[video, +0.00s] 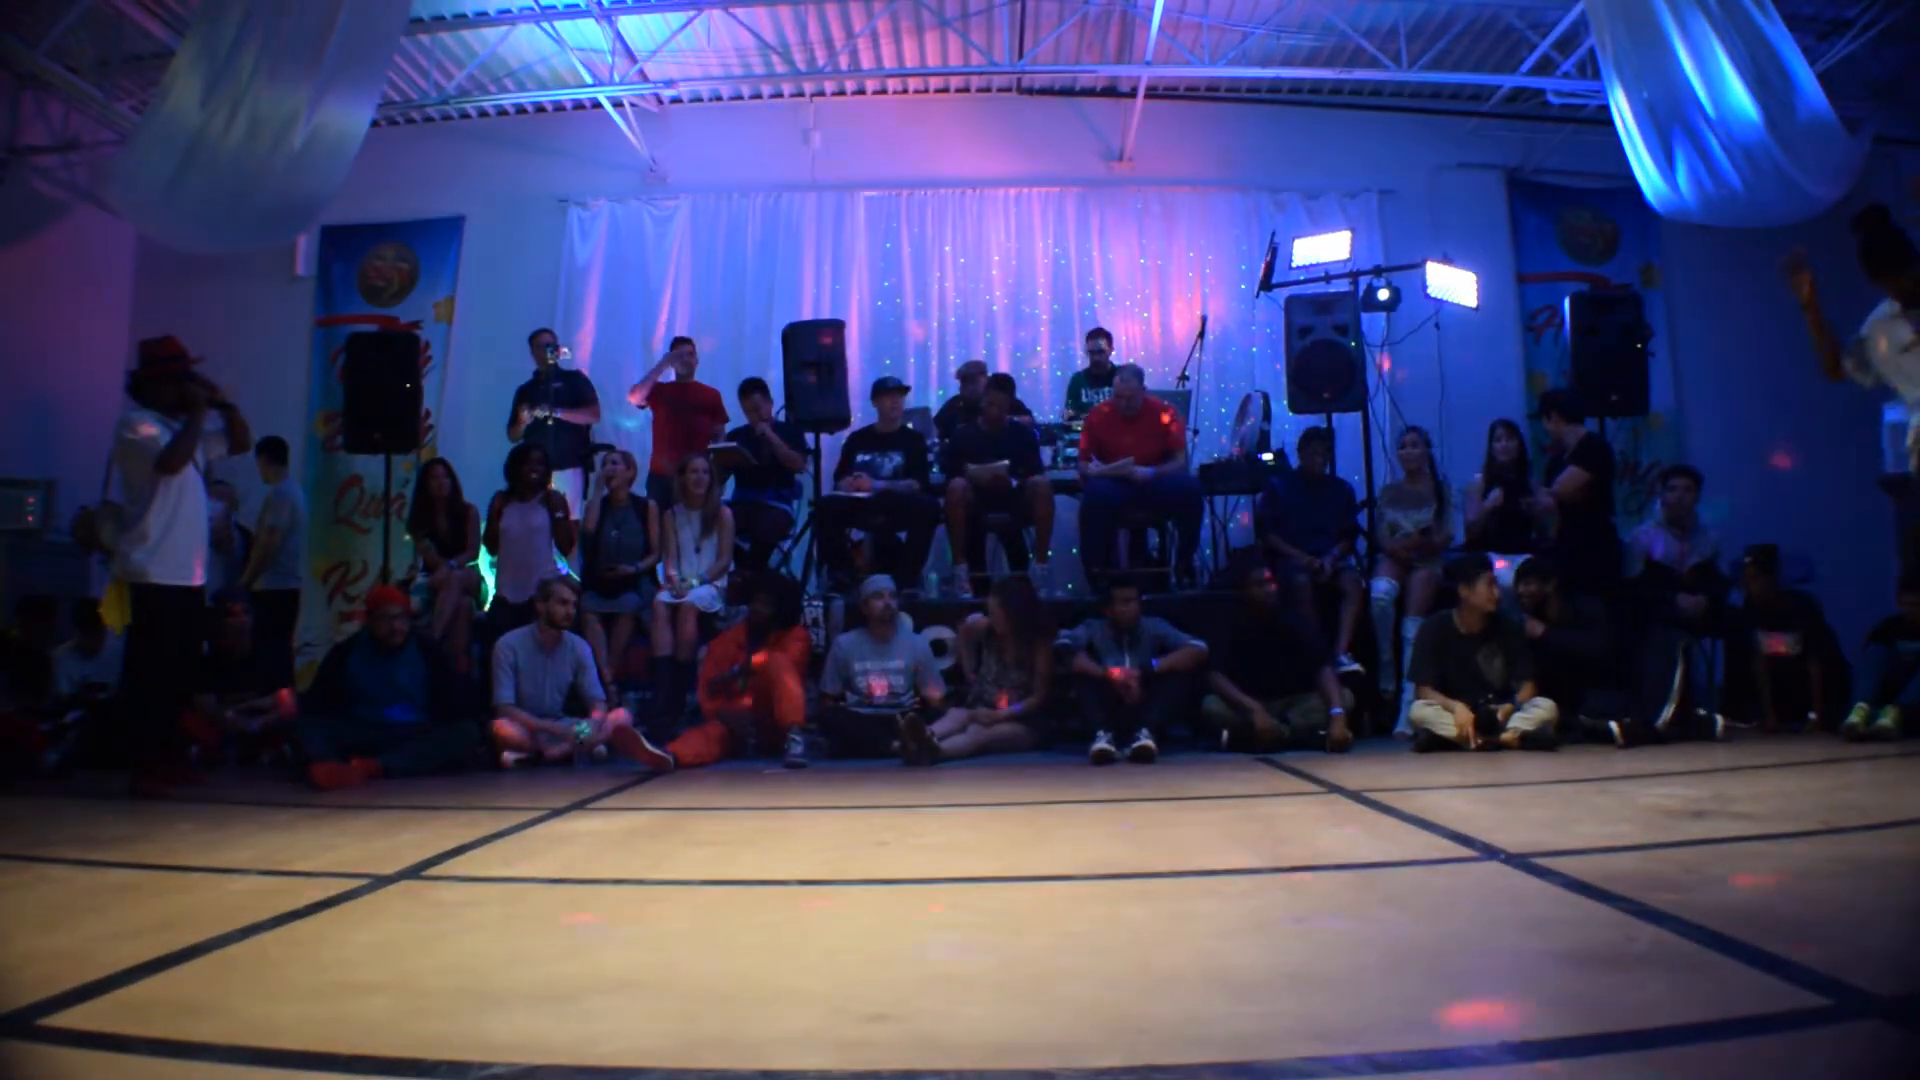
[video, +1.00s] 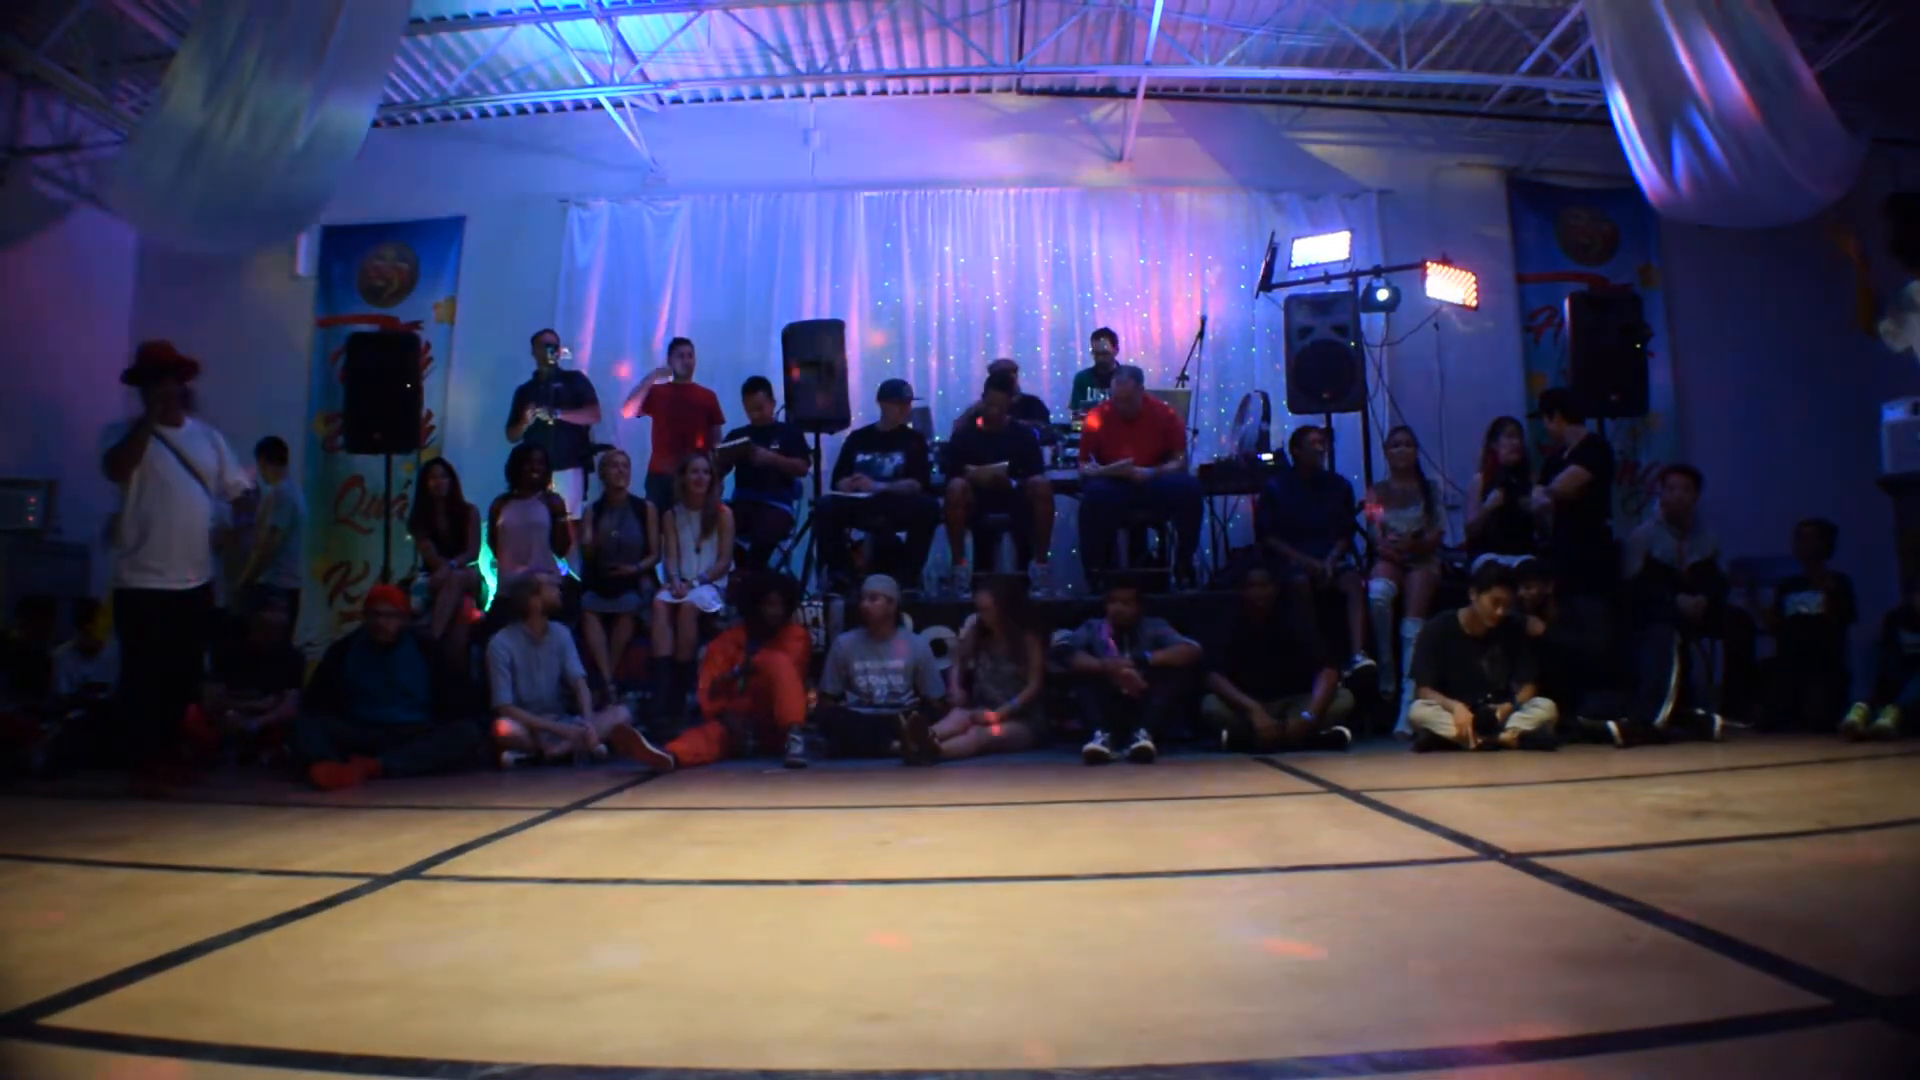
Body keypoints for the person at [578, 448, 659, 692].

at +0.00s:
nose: (609, 468)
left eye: (615, 464)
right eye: (606, 464)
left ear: (630, 472)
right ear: (601, 473)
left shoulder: (646, 506)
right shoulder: (595, 505)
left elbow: (655, 552)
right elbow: (589, 528)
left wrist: (634, 568)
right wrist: (597, 490)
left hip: (631, 577)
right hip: (600, 575)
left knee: (627, 608)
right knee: (588, 610)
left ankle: (609, 672)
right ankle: (605, 678)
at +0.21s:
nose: (609, 468)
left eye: (615, 464)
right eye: (606, 465)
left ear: (630, 472)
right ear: (600, 473)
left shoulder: (646, 506)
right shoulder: (594, 506)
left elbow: (655, 551)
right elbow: (588, 536)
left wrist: (634, 568)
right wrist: (596, 495)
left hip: (631, 576)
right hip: (599, 575)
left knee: (627, 610)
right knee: (588, 611)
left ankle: (609, 673)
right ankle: (605, 676)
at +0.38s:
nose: (608, 469)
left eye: (614, 464)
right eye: (605, 465)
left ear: (629, 472)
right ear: (601, 473)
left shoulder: (646, 507)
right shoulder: (594, 506)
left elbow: (654, 552)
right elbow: (587, 545)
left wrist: (634, 568)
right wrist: (595, 503)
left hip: (631, 577)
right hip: (599, 575)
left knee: (627, 610)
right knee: (589, 613)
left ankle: (607, 676)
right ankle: (606, 682)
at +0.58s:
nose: (613, 470)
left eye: (619, 465)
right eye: (608, 465)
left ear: (629, 472)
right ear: (600, 473)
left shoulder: (645, 508)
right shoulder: (593, 508)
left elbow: (654, 553)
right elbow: (587, 545)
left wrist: (633, 568)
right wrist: (598, 508)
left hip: (631, 576)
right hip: (600, 575)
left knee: (627, 611)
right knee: (588, 613)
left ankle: (607, 677)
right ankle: (607, 682)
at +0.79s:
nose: (620, 471)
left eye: (624, 466)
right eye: (613, 466)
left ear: (630, 472)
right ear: (602, 474)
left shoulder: (645, 508)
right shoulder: (592, 508)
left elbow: (653, 552)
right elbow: (587, 546)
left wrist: (634, 568)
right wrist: (601, 514)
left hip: (630, 575)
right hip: (600, 574)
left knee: (627, 610)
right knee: (589, 613)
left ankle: (608, 676)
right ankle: (607, 681)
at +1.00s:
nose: (620, 471)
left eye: (625, 466)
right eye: (614, 466)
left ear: (630, 472)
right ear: (602, 473)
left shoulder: (646, 508)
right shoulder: (592, 510)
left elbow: (654, 553)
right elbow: (587, 549)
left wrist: (634, 568)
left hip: (630, 576)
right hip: (600, 574)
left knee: (626, 612)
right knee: (589, 612)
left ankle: (607, 677)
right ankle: (607, 681)